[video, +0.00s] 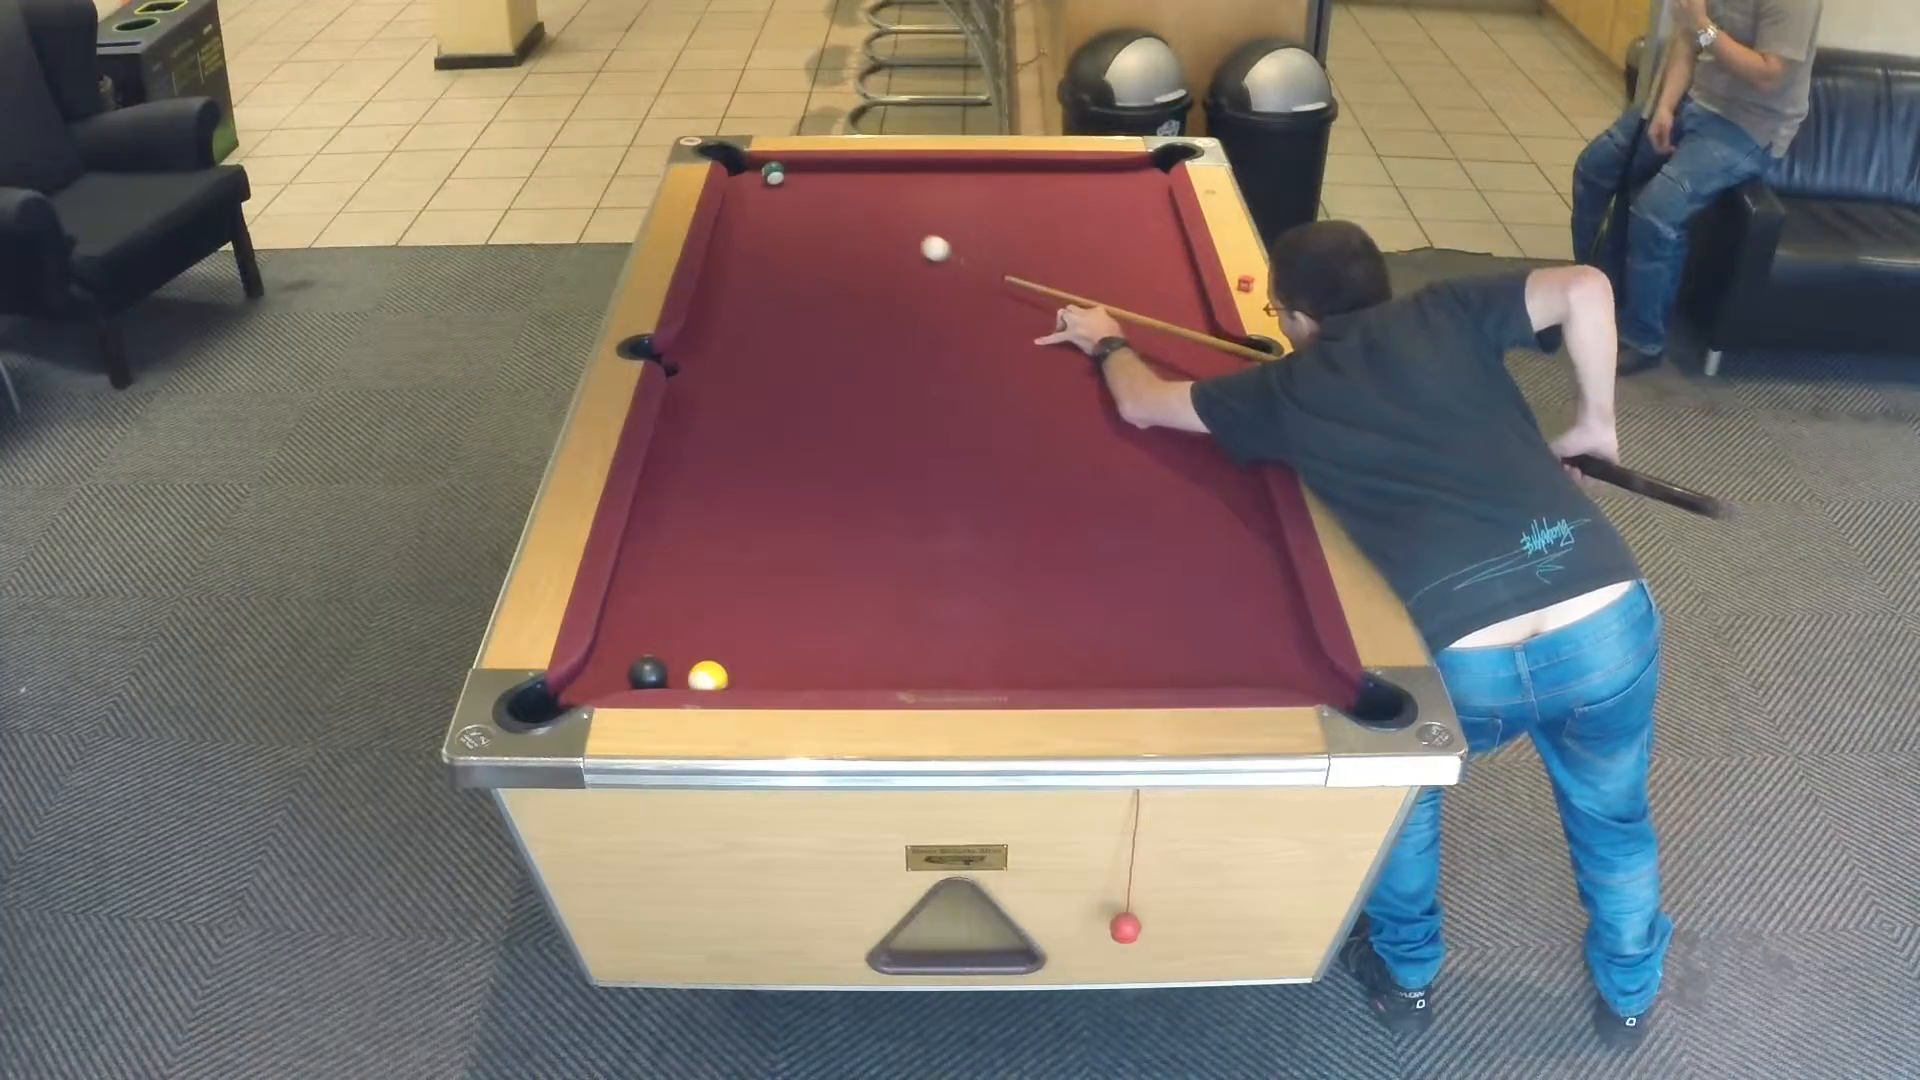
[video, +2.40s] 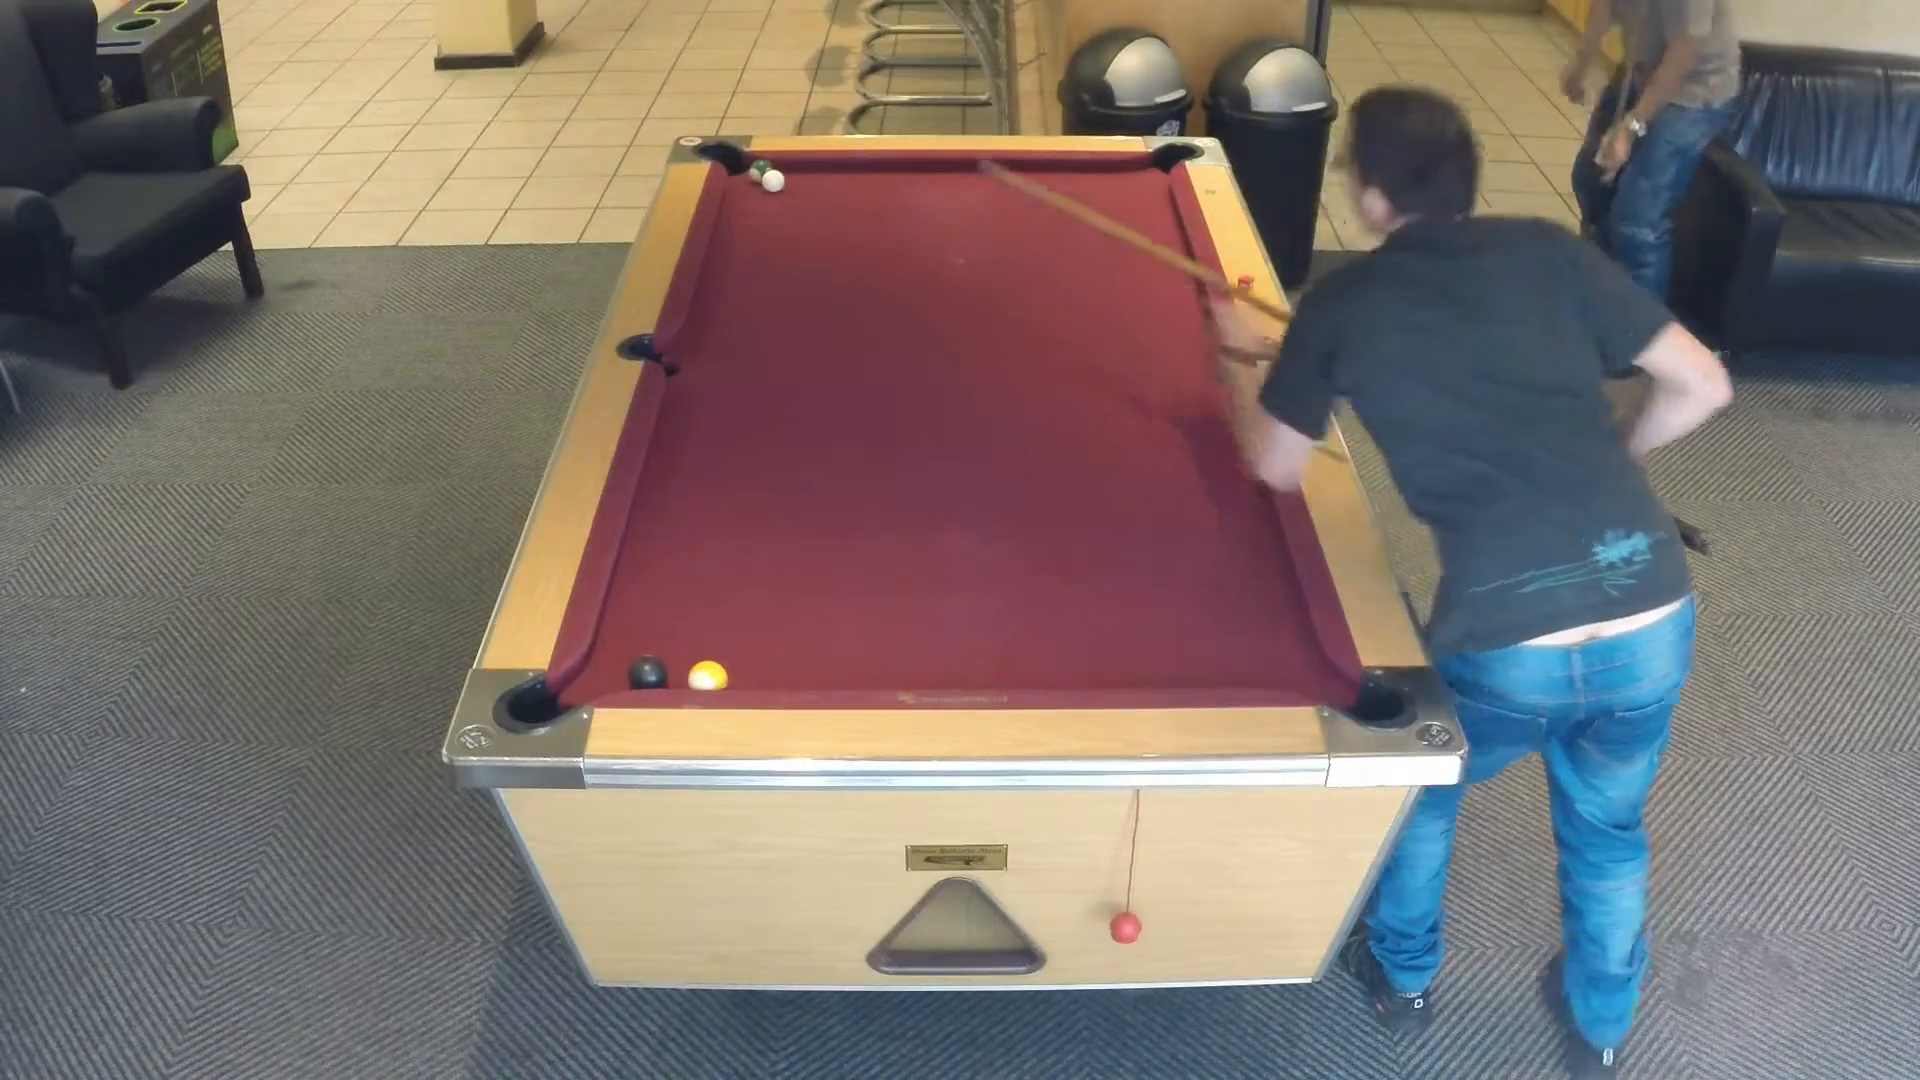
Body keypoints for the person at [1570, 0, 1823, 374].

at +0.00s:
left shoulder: (1791, 6)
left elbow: (1769, 76)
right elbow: (1686, 40)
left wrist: (1702, 27)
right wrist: (1666, 106)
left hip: (1746, 127)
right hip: (1689, 103)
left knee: (1654, 211)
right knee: (1594, 168)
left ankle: (1643, 342)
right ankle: (1589, 299)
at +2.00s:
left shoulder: (1741, 6)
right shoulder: (1666, 5)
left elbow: (1734, 77)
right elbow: (1657, 51)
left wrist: (1667, 34)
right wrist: (1647, 112)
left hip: (1742, 122)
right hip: (1682, 107)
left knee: (1649, 212)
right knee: (1590, 171)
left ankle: (1636, 343)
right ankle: (1592, 309)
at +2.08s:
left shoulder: (1728, 6)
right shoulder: (1650, 5)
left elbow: (1725, 79)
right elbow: (1648, 45)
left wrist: (1652, 49)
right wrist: (1640, 109)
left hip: (1738, 114)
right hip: (1678, 101)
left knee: (1646, 213)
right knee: (1591, 172)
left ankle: (1634, 343)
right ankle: (1593, 307)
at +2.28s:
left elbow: (1694, 67)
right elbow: (1620, 11)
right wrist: (1607, 89)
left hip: (1718, 93)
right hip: (1659, 79)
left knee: (1639, 221)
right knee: (1593, 176)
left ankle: (1634, 344)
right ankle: (1594, 304)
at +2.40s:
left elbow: (1686, 47)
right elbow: (1606, 6)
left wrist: (1632, 126)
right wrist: (1584, 60)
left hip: (1699, 87)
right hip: (1643, 70)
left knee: (1636, 222)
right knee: (1591, 179)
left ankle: (1640, 336)